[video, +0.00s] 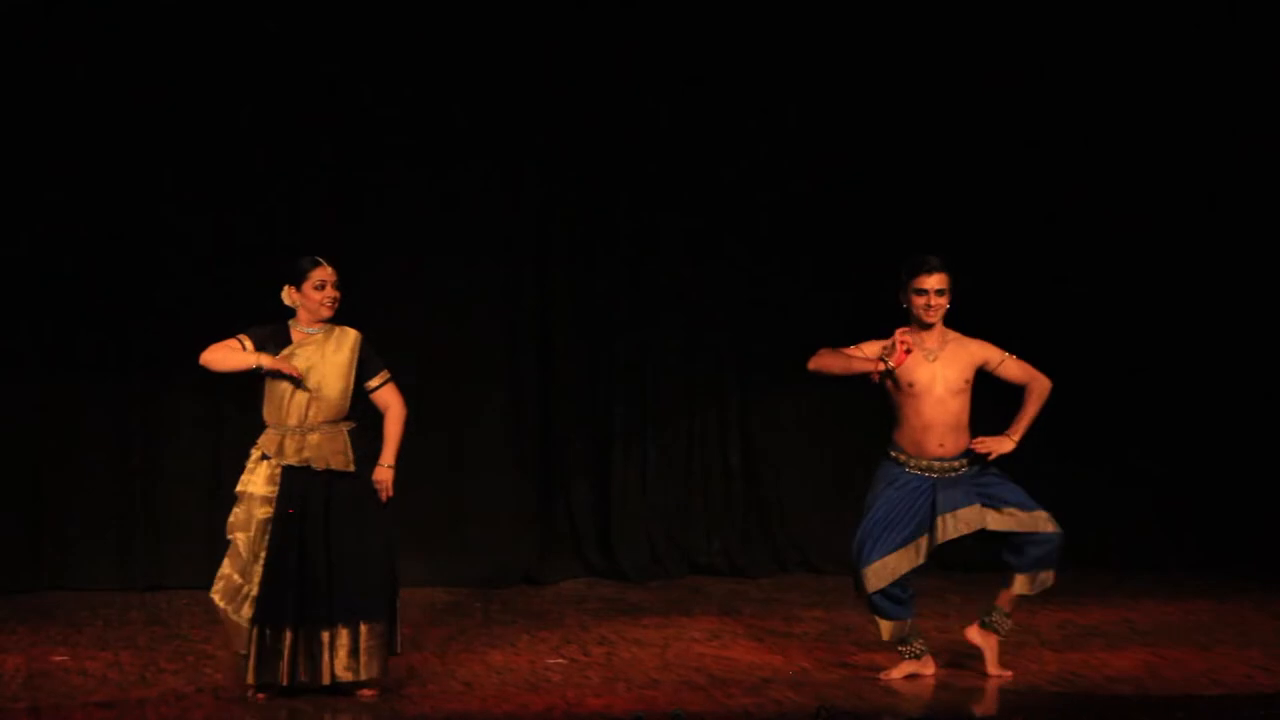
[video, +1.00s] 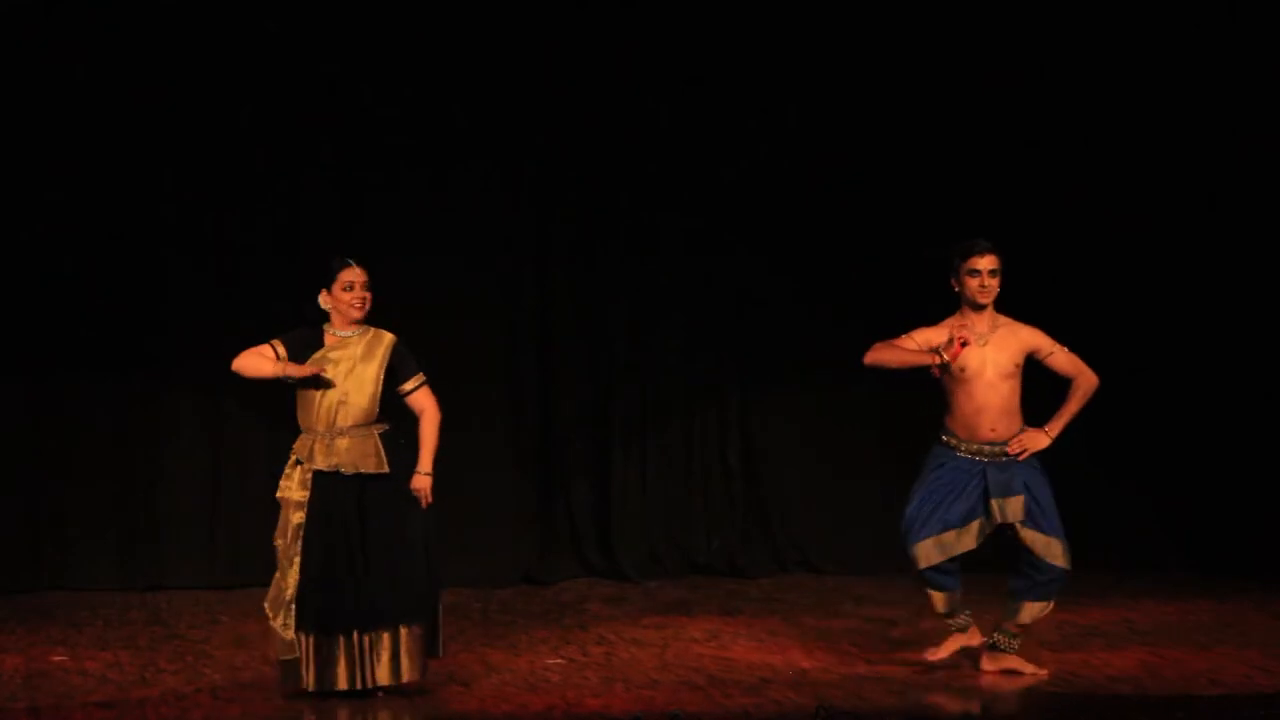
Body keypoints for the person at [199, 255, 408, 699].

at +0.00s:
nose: (331, 294)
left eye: (335, 287)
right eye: (320, 286)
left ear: (339, 294)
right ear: (294, 293)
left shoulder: (352, 344)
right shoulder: (270, 338)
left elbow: (394, 406)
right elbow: (209, 358)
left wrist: (386, 463)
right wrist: (265, 360)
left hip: (338, 470)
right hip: (280, 469)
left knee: (351, 569)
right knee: (276, 569)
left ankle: (359, 673)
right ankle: (269, 674)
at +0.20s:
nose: (335, 295)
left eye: (340, 288)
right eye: (324, 288)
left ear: (347, 295)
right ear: (303, 297)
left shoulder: (363, 345)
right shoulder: (284, 344)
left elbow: (412, 402)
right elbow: (225, 364)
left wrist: (398, 455)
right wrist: (272, 348)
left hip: (351, 469)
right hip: (294, 469)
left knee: (359, 568)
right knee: (288, 567)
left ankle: (362, 672)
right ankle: (287, 671)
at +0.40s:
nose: (322, 297)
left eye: (331, 289)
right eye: (314, 290)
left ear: (347, 294)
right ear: (305, 295)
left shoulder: (370, 345)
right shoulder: (289, 342)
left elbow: (416, 404)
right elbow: (229, 375)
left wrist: (405, 461)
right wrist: (274, 372)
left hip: (355, 470)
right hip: (298, 470)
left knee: (363, 568)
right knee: (297, 569)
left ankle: (370, 674)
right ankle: (296, 674)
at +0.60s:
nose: (323, 294)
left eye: (333, 286)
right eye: (316, 286)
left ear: (354, 291)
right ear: (309, 291)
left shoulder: (376, 342)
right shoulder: (296, 339)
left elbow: (422, 401)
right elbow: (232, 369)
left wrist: (411, 460)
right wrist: (274, 369)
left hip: (358, 468)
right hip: (300, 467)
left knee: (366, 565)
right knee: (301, 567)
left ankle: (371, 673)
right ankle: (304, 673)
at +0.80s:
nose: (343, 294)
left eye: (351, 287)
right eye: (334, 287)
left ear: (364, 293)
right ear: (321, 294)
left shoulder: (384, 344)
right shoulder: (305, 340)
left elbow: (430, 404)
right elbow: (239, 361)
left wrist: (418, 462)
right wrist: (288, 357)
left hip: (369, 469)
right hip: (312, 469)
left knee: (374, 567)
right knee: (309, 568)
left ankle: (379, 671)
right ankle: (308, 671)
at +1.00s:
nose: (360, 296)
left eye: (365, 288)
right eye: (349, 288)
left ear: (372, 296)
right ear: (326, 296)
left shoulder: (386, 347)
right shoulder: (307, 340)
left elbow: (429, 409)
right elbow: (242, 363)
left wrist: (423, 470)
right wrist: (289, 370)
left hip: (373, 473)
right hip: (317, 473)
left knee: (378, 570)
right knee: (321, 572)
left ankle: (381, 674)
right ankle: (324, 675)